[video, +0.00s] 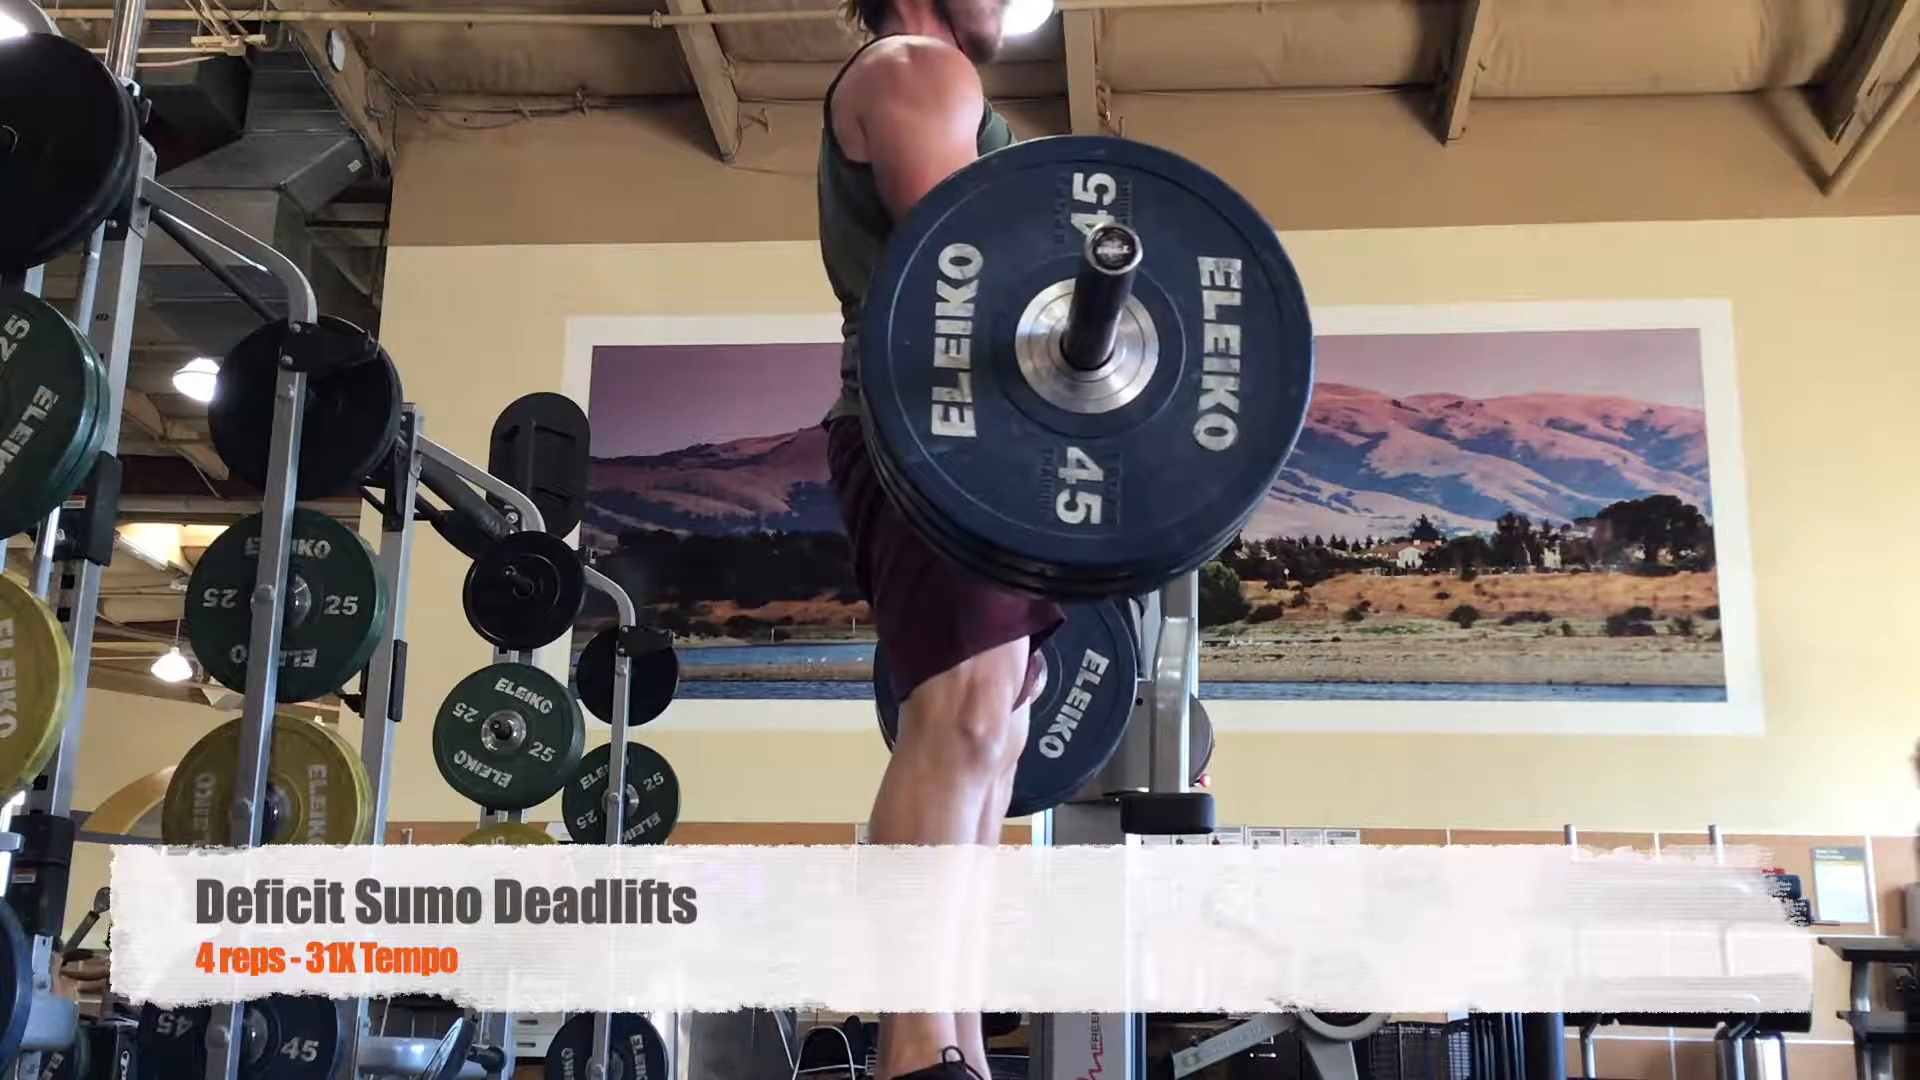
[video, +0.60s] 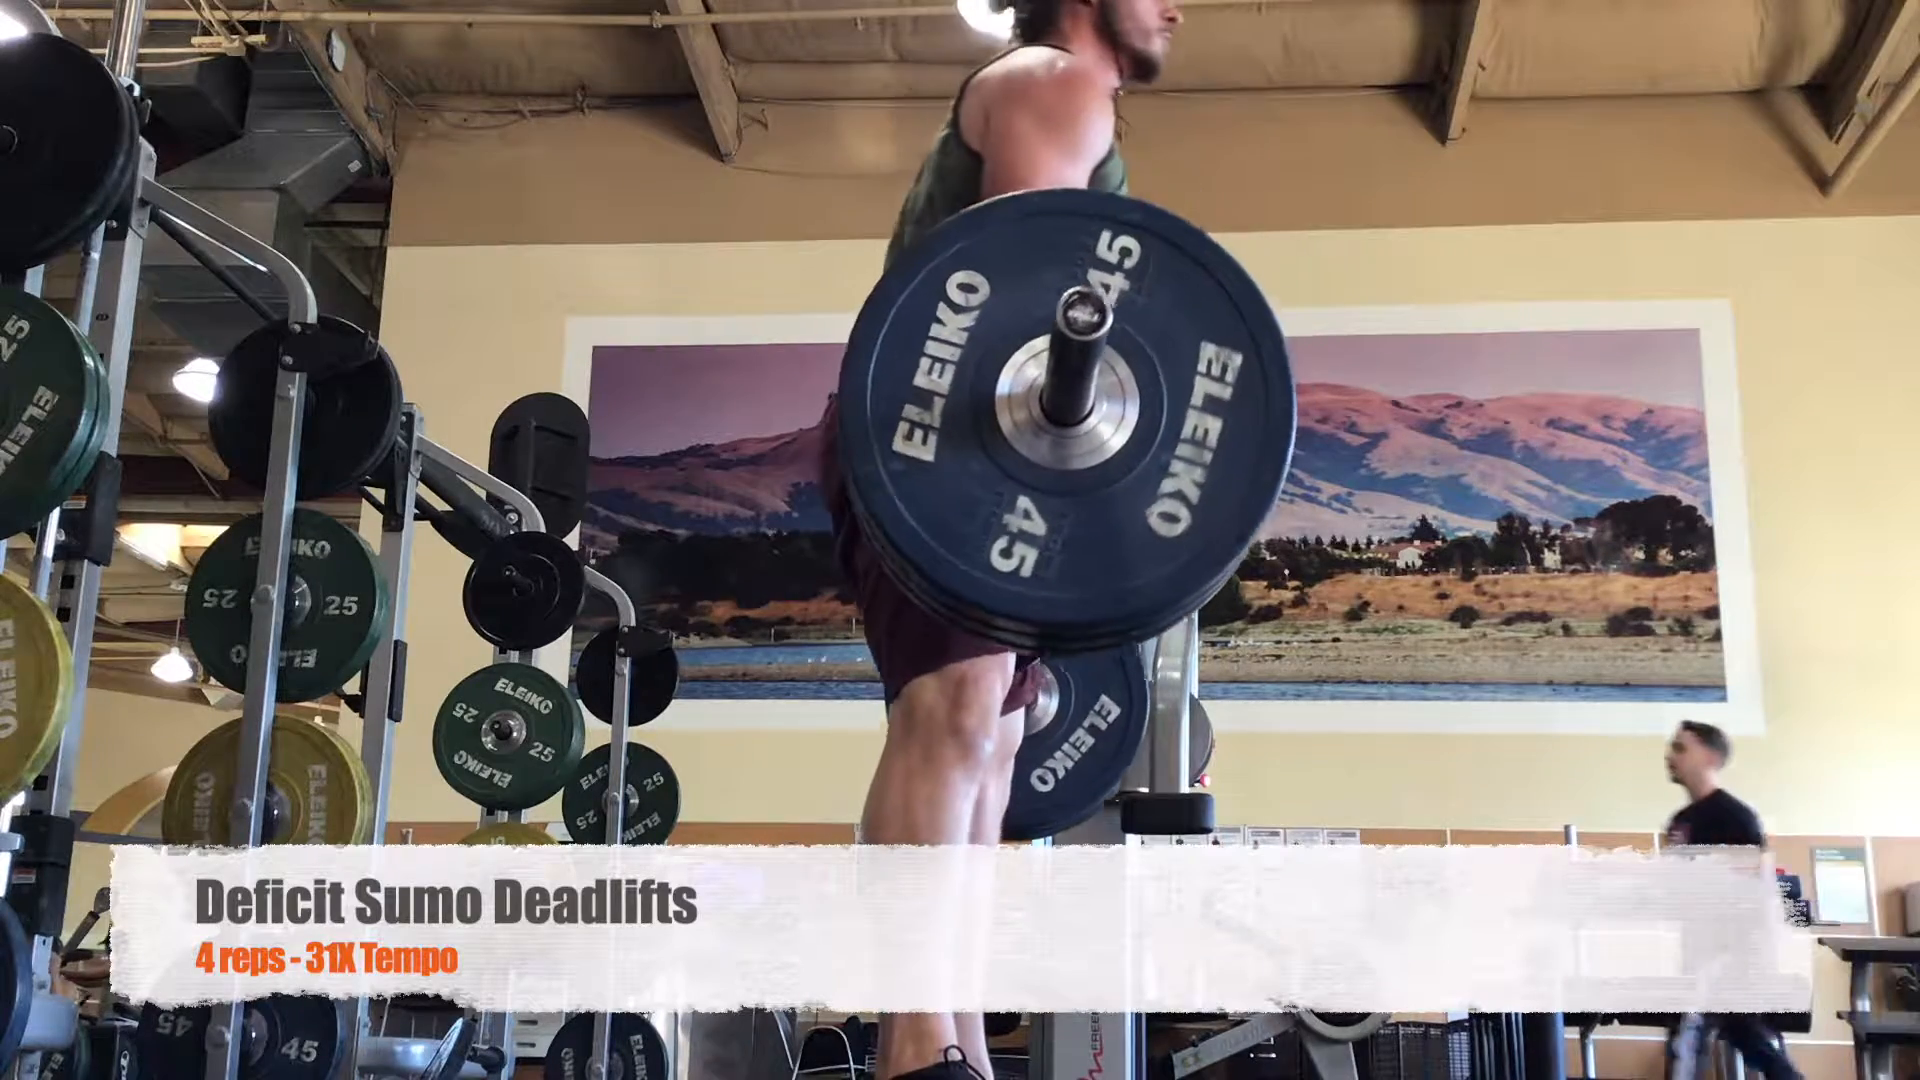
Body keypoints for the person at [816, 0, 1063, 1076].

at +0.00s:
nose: (1013, 2)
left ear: (909, 10)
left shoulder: (932, 81)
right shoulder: (915, 69)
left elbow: (982, 283)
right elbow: (973, 277)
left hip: (965, 427)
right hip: (918, 422)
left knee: (994, 727)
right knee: (967, 711)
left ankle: (956, 1039)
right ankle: (913, 1050)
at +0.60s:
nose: (1171, 10)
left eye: (1167, 0)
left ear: (1079, 12)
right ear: (1088, 1)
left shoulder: (1062, 98)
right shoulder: (1054, 84)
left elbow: (1045, 334)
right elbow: (1038, 322)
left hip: (967, 442)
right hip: (920, 432)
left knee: (996, 713)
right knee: (962, 696)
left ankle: (956, 1037)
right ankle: (917, 1041)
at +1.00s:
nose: (1235, 33)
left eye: (1229, 15)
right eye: (1215, 12)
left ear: (1159, 28)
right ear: (1153, 19)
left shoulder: (1123, 148)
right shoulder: (1097, 115)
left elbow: (1075, 357)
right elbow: (1058, 335)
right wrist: (1075, 563)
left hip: (956, 440)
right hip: (886, 426)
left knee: (992, 724)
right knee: (931, 713)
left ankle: (958, 1032)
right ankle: (908, 1043)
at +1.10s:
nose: (1251, 54)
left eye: (1248, 30)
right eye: (1232, 25)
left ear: (1171, 36)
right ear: (1165, 28)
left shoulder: (1127, 159)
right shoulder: (1104, 126)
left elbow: (1079, 364)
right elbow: (1060, 349)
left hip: (946, 442)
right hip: (879, 426)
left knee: (989, 730)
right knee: (927, 718)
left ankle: (957, 1033)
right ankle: (907, 1042)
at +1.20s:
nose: (1266, 75)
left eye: (1261, 50)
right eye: (1245, 45)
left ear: (1180, 56)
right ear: (1176, 50)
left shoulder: (1139, 185)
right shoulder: (1109, 142)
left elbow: (1086, 379)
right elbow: (1067, 365)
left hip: (928, 439)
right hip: (863, 423)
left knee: (987, 732)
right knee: (925, 720)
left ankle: (958, 1031)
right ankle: (907, 1040)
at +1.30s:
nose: (1275, 93)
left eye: (1271, 72)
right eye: (1256, 65)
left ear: (1190, 71)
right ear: (1187, 65)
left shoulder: (1149, 194)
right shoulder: (1119, 153)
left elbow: (1089, 393)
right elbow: (1064, 371)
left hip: (923, 438)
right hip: (857, 422)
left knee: (986, 730)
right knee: (923, 714)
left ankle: (955, 1030)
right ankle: (906, 1037)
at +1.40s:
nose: (1289, 111)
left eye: (1287, 91)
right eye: (1271, 84)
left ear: (1205, 91)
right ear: (1199, 85)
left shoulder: (1158, 223)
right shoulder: (1127, 174)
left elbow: (1092, 413)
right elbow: (1068, 389)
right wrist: (1078, 584)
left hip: (919, 443)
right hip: (848, 423)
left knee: (985, 727)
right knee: (920, 712)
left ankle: (956, 1034)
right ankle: (907, 1041)